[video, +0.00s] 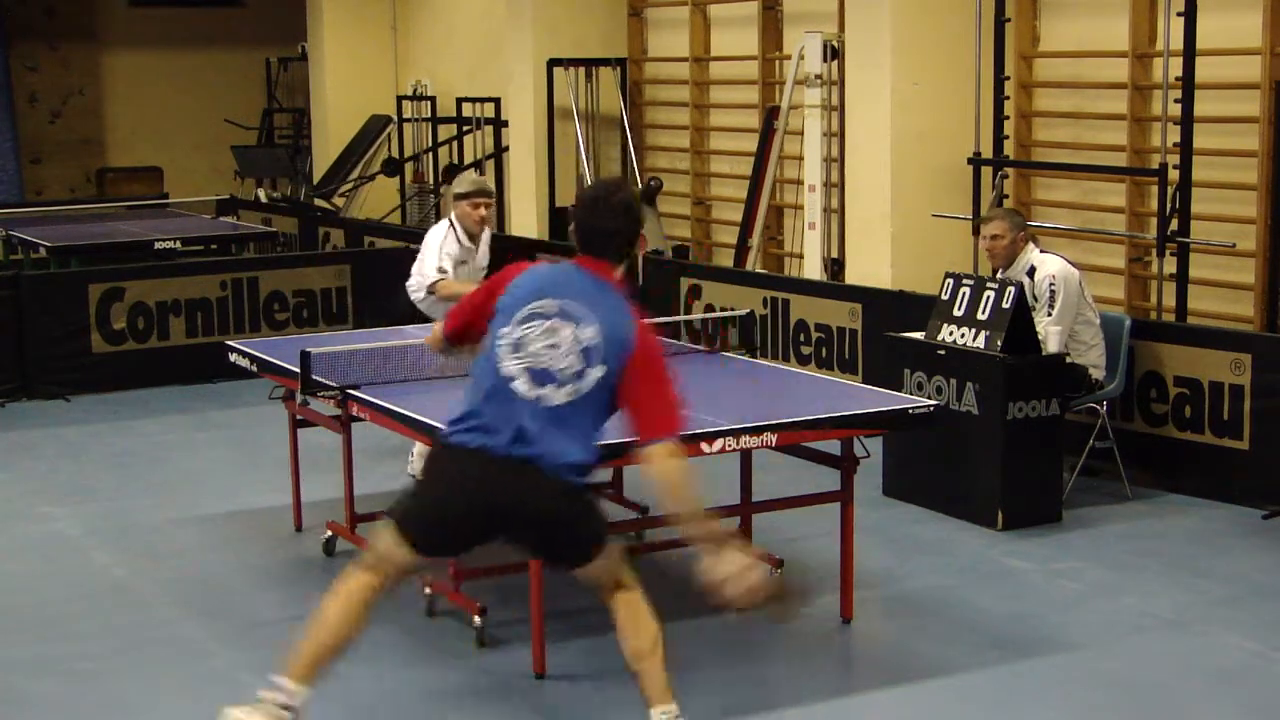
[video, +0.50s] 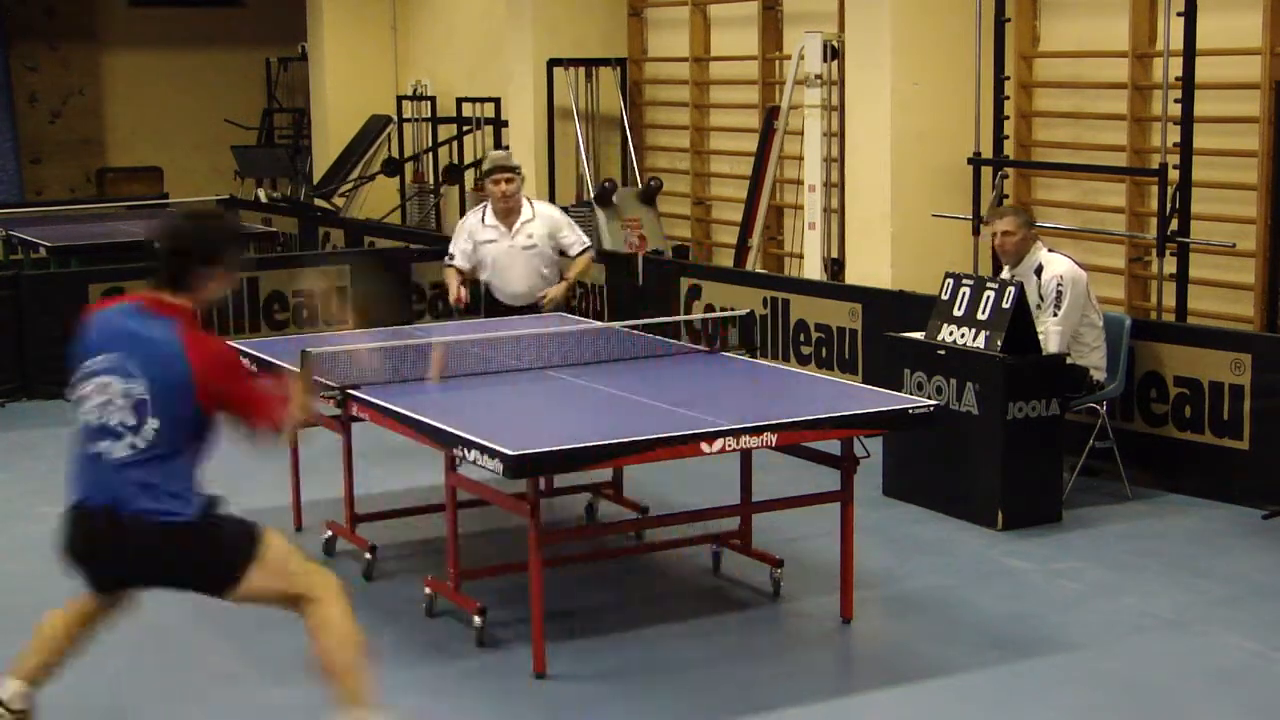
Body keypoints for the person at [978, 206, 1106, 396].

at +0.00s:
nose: (987, 247)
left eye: (996, 238)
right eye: (984, 239)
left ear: (1020, 240)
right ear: (979, 240)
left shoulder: (1053, 273)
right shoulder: (1004, 275)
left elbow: (1047, 346)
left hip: (1081, 372)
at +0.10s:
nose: (993, 245)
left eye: (1001, 236)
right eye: (988, 237)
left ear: (1022, 236)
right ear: (982, 241)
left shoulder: (1055, 273)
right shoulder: (1004, 276)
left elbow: (1047, 345)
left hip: (1082, 373)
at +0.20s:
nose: (994, 244)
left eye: (1003, 235)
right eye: (990, 237)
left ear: (1024, 236)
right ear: (985, 240)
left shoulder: (1056, 273)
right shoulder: (1004, 275)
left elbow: (1048, 345)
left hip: (1081, 372)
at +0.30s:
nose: (994, 244)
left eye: (1003, 235)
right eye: (990, 237)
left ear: (1024, 237)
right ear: (986, 240)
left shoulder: (1057, 273)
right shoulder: (1004, 276)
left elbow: (1048, 345)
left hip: (1081, 372)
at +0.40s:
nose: (996, 244)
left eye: (1005, 235)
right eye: (992, 237)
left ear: (1026, 237)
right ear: (987, 240)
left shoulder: (1058, 273)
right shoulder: (1006, 276)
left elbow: (1049, 345)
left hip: (1082, 373)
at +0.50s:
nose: (998, 243)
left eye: (1007, 234)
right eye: (994, 236)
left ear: (1030, 236)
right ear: (991, 239)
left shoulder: (1061, 273)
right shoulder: (1007, 276)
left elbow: (1052, 346)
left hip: (1081, 372)